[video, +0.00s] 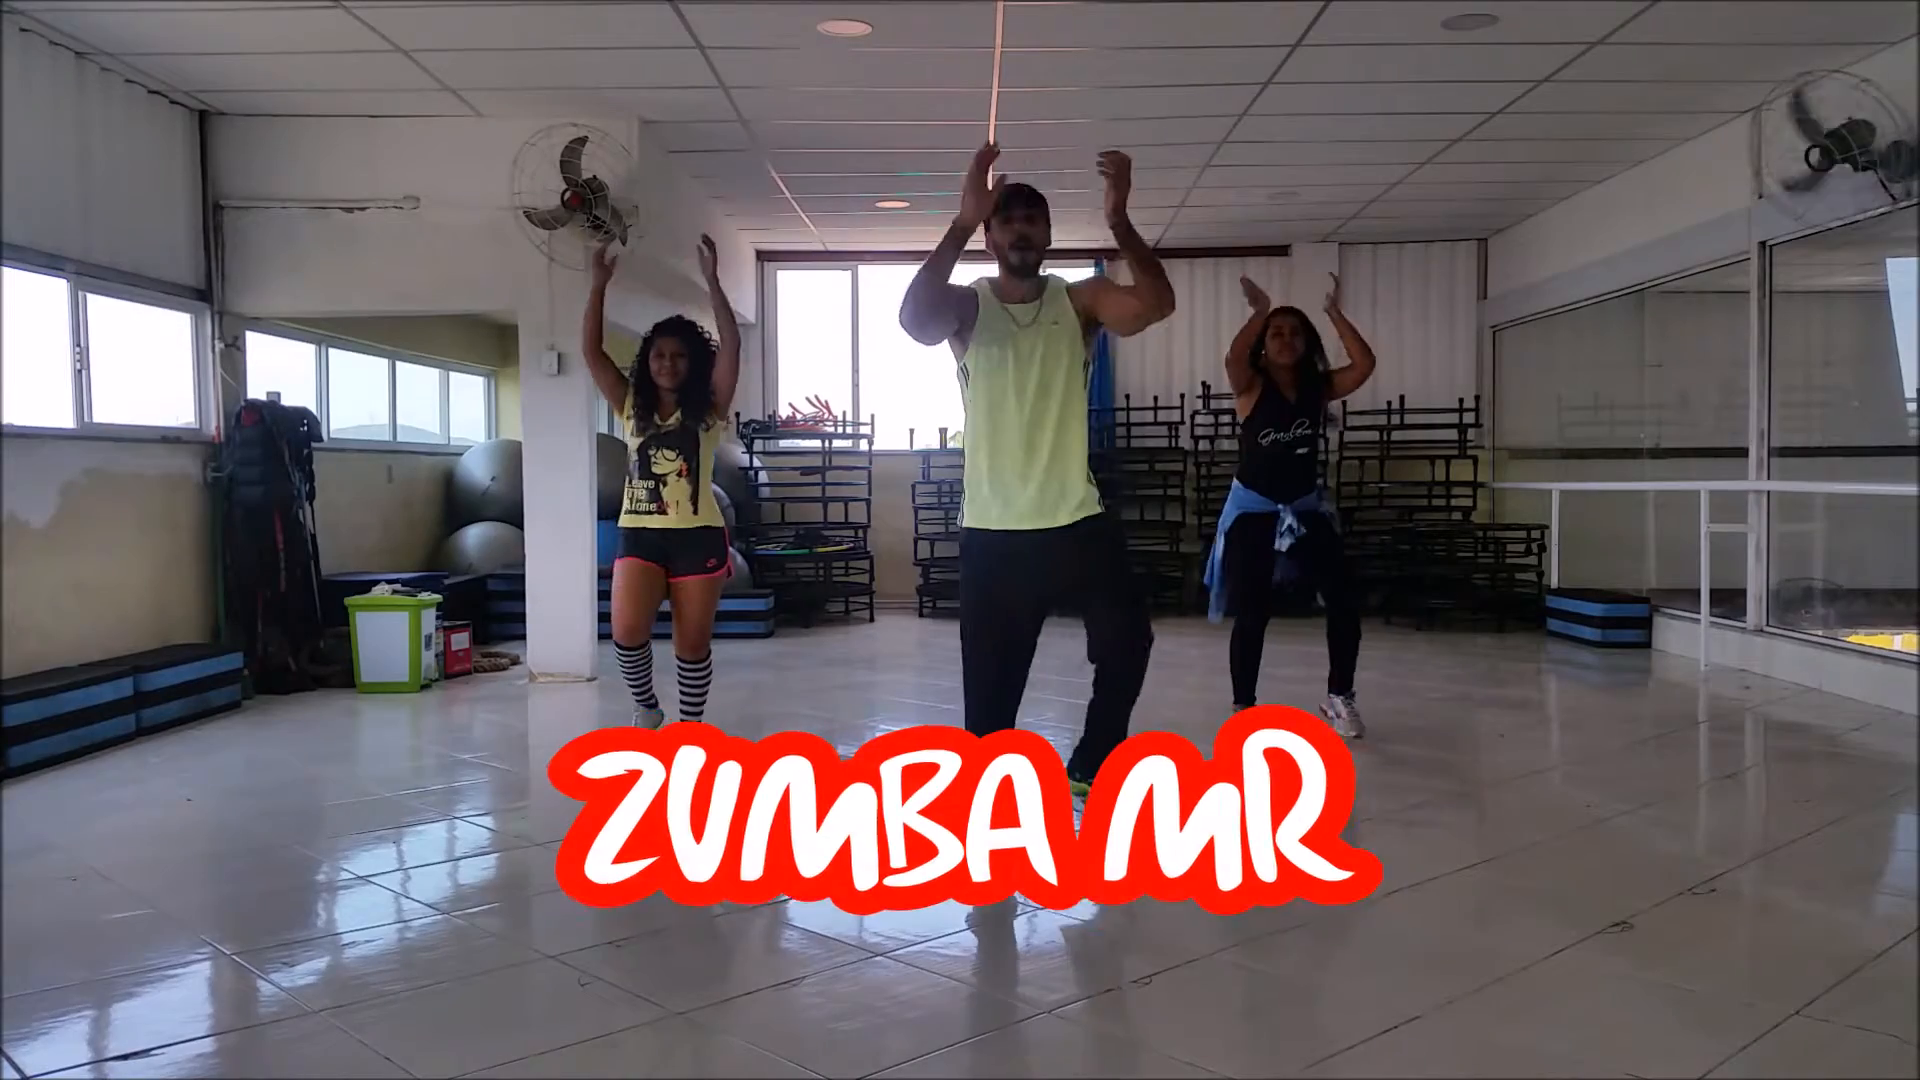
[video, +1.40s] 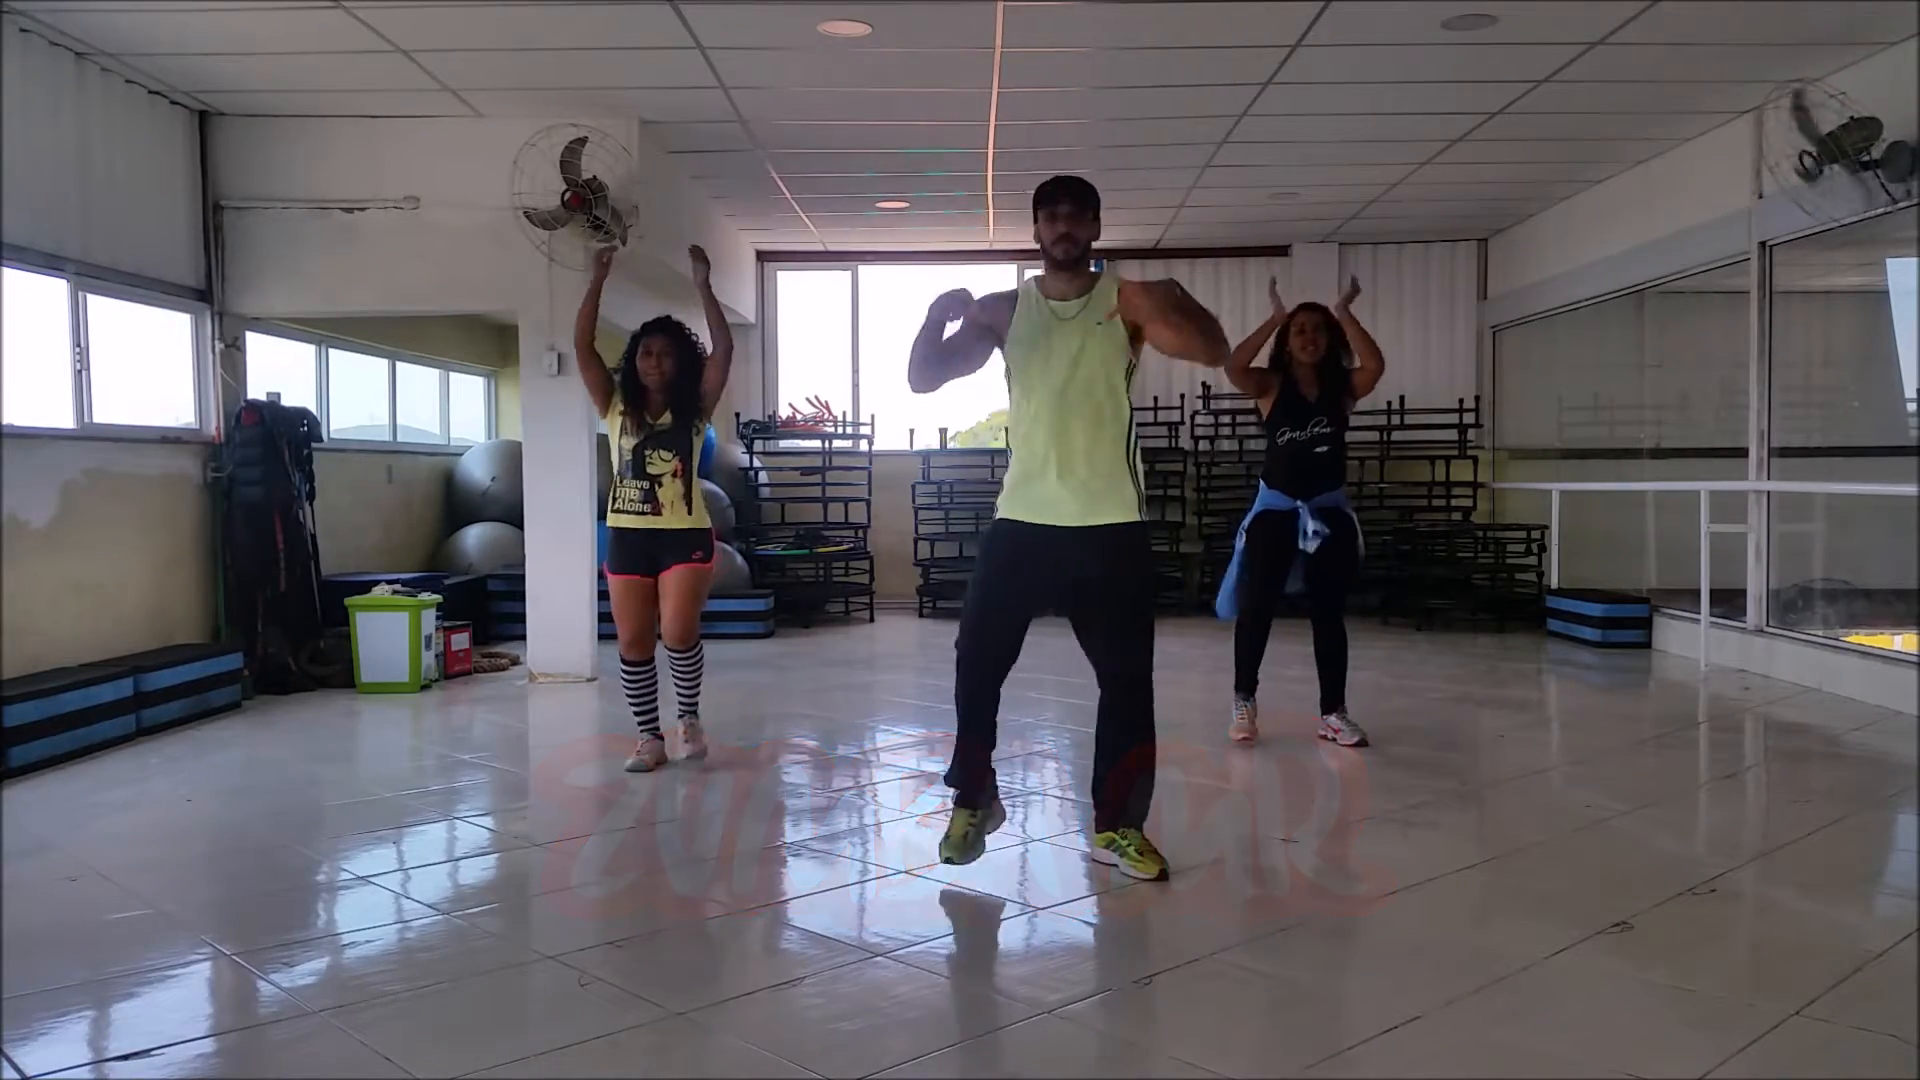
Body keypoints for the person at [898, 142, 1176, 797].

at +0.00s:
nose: (1025, 229)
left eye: (1035, 219)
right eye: (1012, 218)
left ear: (1050, 234)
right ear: (990, 234)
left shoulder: (1078, 299)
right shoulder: (970, 304)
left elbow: (1156, 302)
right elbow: (915, 318)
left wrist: (1119, 219)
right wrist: (965, 220)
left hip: (1078, 523)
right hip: (995, 532)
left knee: (1127, 640)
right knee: (989, 704)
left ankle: (1091, 767)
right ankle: (981, 825)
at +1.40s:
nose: (1066, 228)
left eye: (1079, 216)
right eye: (1053, 217)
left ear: (1098, 226)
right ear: (1035, 229)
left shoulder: (1129, 300)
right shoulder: (1004, 309)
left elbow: (1211, 350)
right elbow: (922, 378)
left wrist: (1179, 300)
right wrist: (937, 315)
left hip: (1109, 525)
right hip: (1021, 523)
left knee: (1127, 680)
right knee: (977, 663)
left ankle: (1118, 825)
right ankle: (973, 801)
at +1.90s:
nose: (1017, 245)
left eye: (1031, 232)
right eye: (1005, 232)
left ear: (1051, 240)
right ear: (988, 238)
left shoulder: (1089, 323)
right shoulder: (950, 331)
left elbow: (1159, 404)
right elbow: (897, 419)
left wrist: (1134, 477)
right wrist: (904, 502)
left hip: (1074, 545)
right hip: (978, 547)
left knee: (1115, 694)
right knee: (941, 694)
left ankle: (1121, 821)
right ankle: (925, 832)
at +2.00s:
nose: (1013, 242)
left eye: (1026, 230)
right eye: (1001, 229)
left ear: (1047, 239)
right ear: (985, 237)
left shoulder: (1085, 322)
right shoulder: (946, 329)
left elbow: (1136, 406)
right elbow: (907, 419)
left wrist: (1119, 465)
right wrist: (897, 498)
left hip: (1070, 540)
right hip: (976, 542)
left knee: (1125, 685)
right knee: (937, 695)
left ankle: (1133, 817)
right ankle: (915, 829)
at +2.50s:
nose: (1020, 222)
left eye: (1032, 211)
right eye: (1007, 210)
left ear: (1052, 220)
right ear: (989, 220)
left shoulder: (1089, 307)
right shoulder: (950, 308)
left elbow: (1127, 390)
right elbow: (909, 390)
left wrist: (1133, 437)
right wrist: (877, 448)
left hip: (1069, 522)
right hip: (975, 524)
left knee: (1135, 657)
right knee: (923, 668)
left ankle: (1169, 799)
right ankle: (894, 810)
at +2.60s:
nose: (1020, 257)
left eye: (1033, 246)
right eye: (1008, 245)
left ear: (1054, 256)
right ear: (991, 255)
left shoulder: (1090, 335)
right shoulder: (956, 352)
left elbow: (1125, 424)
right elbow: (912, 451)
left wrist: (1134, 444)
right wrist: (861, 524)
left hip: (1068, 559)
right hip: (970, 561)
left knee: (1140, 697)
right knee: (914, 705)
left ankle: (1179, 830)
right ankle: (889, 837)